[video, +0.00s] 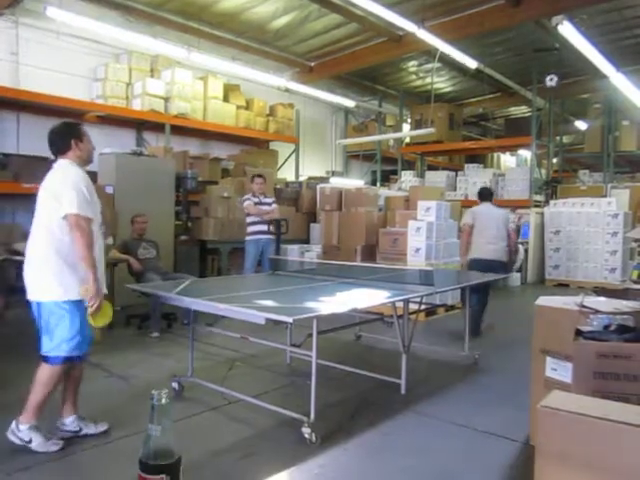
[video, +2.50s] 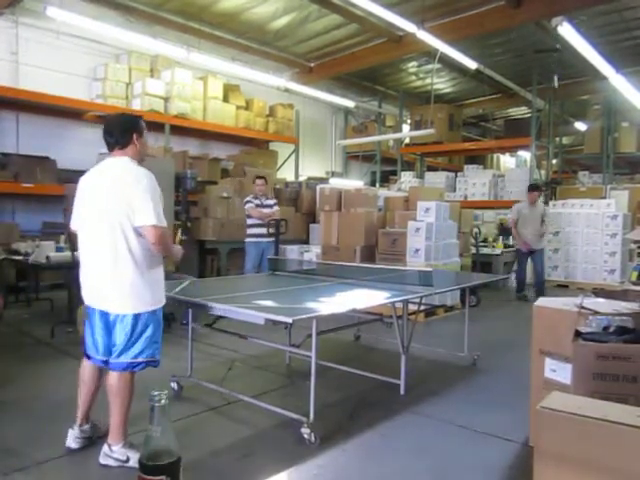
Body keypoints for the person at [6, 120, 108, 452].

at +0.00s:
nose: (92, 145)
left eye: (89, 140)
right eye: (88, 140)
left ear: (69, 146)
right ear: (75, 145)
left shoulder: (69, 175)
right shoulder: (69, 175)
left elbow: (77, 229)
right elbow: (78, 226)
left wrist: (87, 281)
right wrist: (92, 277)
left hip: (69, 282)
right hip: (55, 282)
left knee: (76, 350)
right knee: (60, 354)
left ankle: (70, 419)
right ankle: (24, 424)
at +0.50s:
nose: (119, 141)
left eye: (116, 136)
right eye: (114, 136)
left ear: (94, 143)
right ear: (101, 141)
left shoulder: (101, 172)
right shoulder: (87, 170)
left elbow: (96, 222)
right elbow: (75, 218)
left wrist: (127, 226)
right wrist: (114, 262)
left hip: (91, 286)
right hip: (93, 288)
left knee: (75, 354)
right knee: (101, 364)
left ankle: (66, 418)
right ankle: (114, 444)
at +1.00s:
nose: (149, 145)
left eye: (147, 139)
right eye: (145, 139)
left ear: (117, 143)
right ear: (130, 143)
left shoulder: (101, 169)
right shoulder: (117, 174)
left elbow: (119, 232)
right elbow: (133, 232)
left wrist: (158, 269)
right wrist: (167, 272)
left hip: (111, 286)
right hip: (125, 290)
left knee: (122, 354)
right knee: (122, 365)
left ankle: (99, 400)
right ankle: (115, 446)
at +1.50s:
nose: (154, 146)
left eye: (153, 139)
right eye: (152, 139)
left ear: (117, 141)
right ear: (139, 141)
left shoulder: (101, 171)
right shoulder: (133, 176)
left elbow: (109, 231)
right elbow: (150, 236)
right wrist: (176, 276)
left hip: (112, 286)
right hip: (136, 291)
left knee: (123, 357)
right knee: (126, 366)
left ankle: (93, 407)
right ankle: (115, 446)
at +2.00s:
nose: (159, 143)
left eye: (158, 136)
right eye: (156, 137)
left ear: (121, 140)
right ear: (143, 138)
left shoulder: (102, 175)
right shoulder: (142, 178)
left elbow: (92, 224)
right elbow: (151, 243)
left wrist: (132, 238)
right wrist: (178, 257)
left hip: (110, 289)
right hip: (137, 295)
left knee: (116, 355)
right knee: (126, 368)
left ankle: (89, 417)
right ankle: (116, 446)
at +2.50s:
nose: (147, 144)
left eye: (145, 137)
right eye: (145, 138)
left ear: (110, 141)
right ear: (135, 139)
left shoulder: (90, 176)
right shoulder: (139, 177)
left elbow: (76, 228)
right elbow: (155, 236)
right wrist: (173, 252)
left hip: (96, 289)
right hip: (132, 293)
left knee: (93, 356)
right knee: (122, 366)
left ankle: (80, 427)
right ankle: (116, 445)